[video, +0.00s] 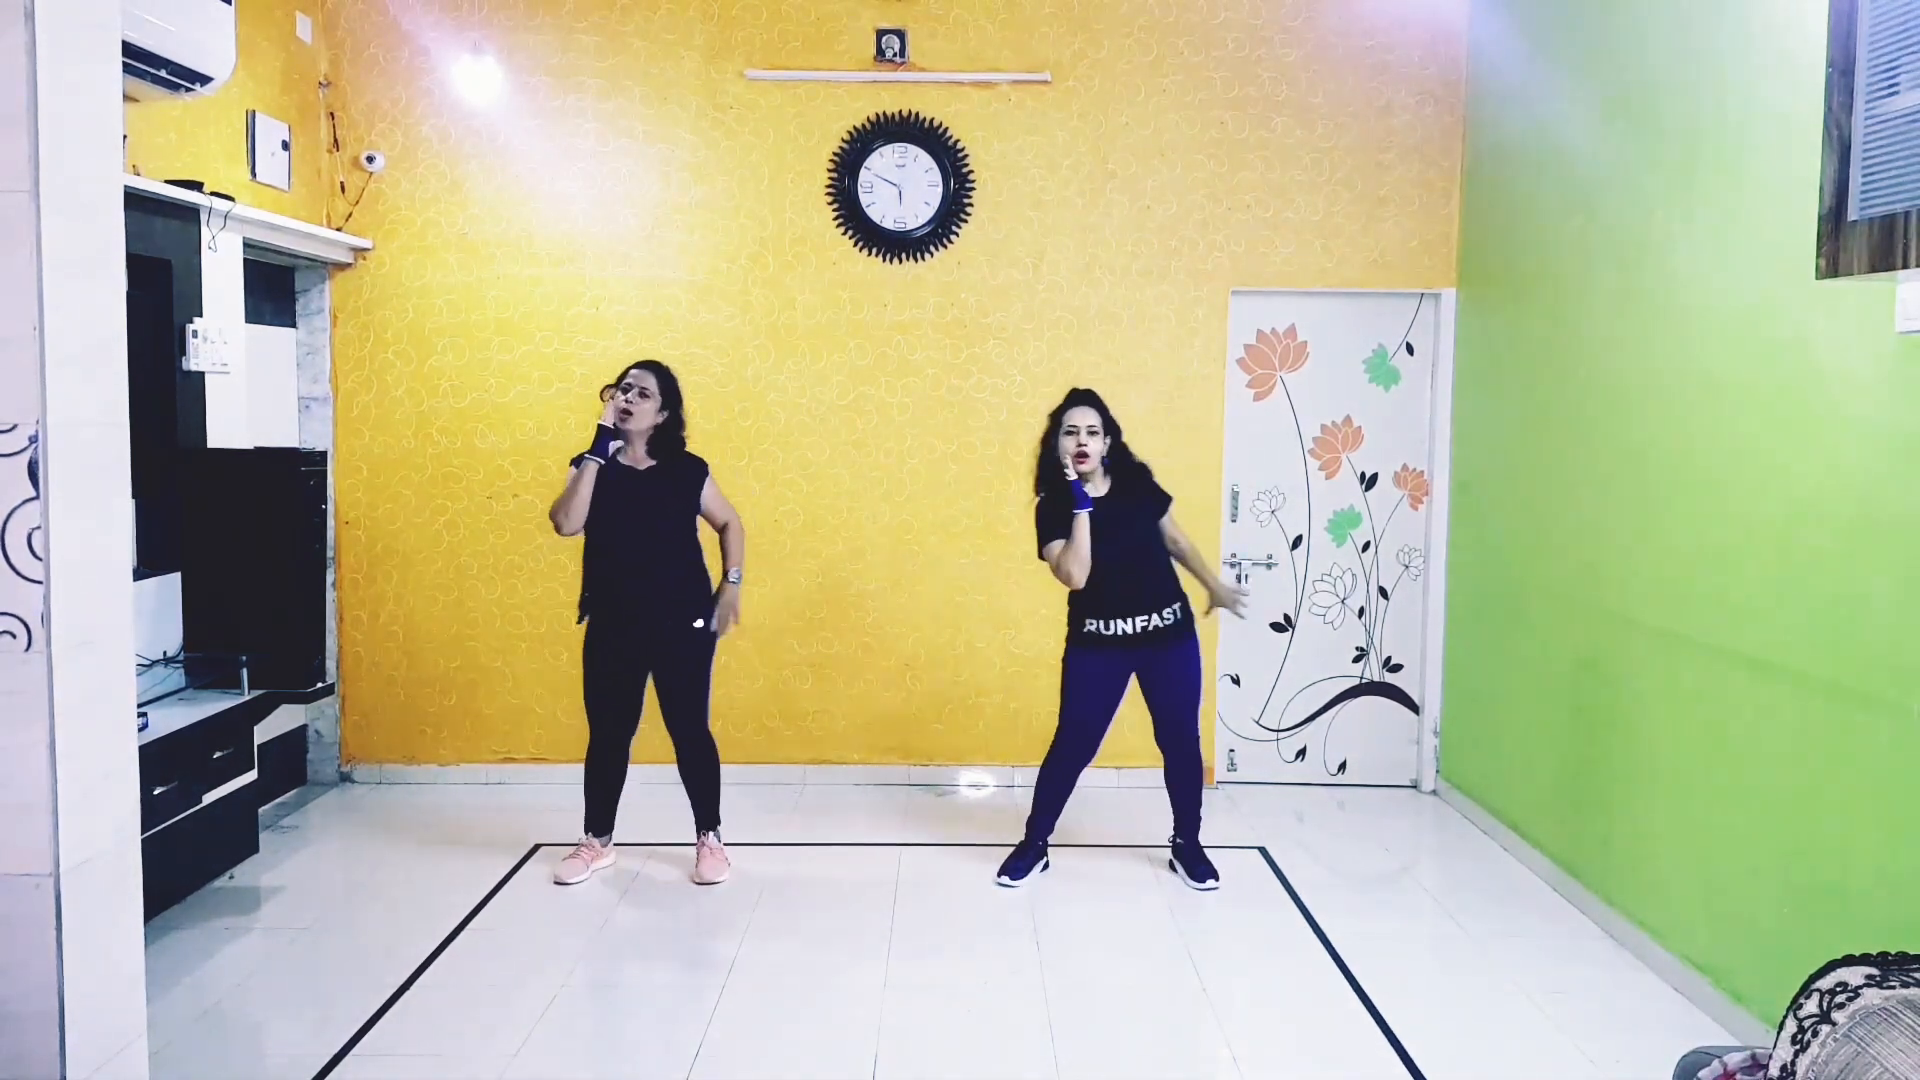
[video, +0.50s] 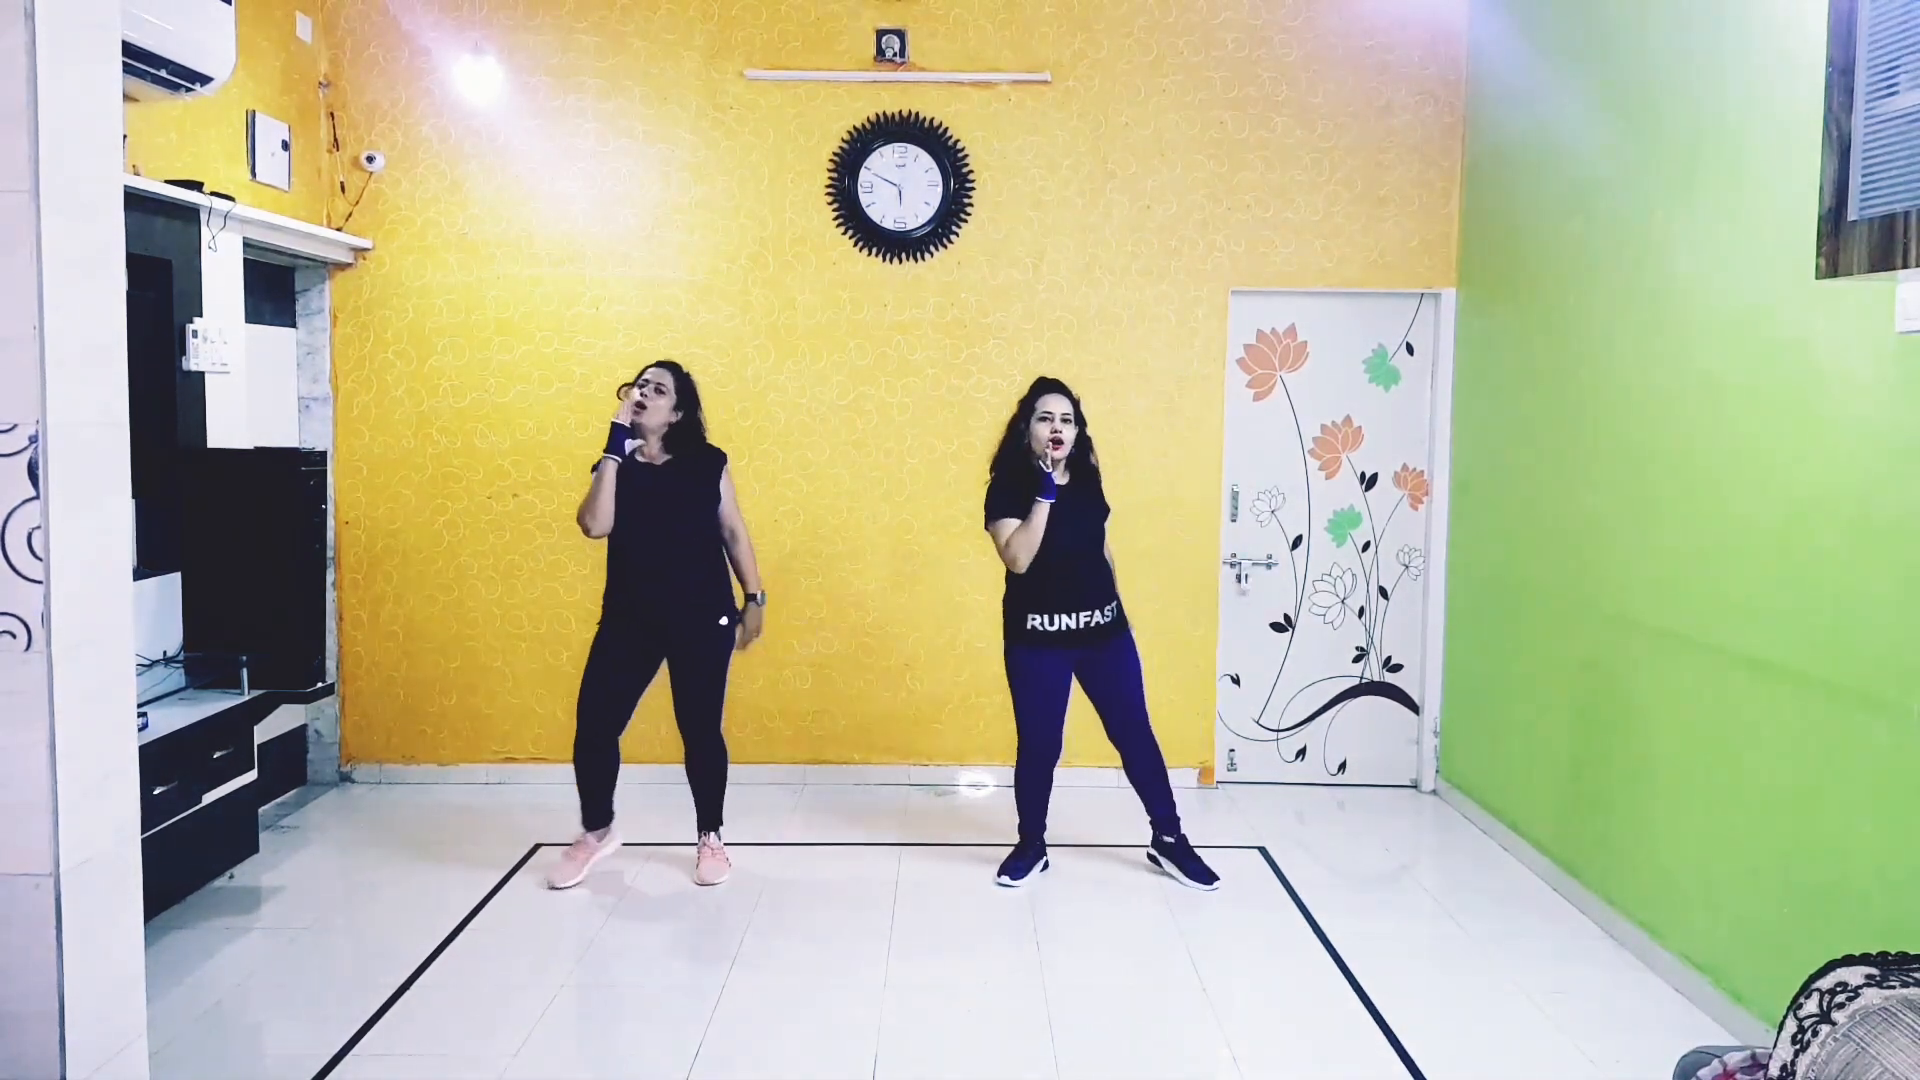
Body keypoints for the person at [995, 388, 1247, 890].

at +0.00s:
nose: (1082, 441)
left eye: (1092, 432)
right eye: (1071, 432)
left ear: (1107, 440)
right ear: (1057, 442)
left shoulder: (1136, 480)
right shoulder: (1055, 502)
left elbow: (1177, 541)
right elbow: (1074, 575)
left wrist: (1216, 586)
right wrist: (1081, 502)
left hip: (1167, 635)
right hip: (1098, 642)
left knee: (1182, 743)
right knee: (1072, 747)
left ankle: (1187, 842)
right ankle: (1034, 842)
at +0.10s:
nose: (1068, 439)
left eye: (1078, 430)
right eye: (1057, 430)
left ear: (1092, 437)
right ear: (1042, 440)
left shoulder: (1117, 480)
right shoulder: (1038, 503)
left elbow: (1150, 536)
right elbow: (1061, 573)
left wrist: (1186, 586)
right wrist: (1066, 498)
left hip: (1151, 632)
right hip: (1083, 642)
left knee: (1171, 738)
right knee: (1063, 747)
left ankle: (1186, 839)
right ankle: (1033, 844)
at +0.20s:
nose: (1058, 437)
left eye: (1068, 428)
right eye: (1046, 428)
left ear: (1081, 436)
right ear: (1028, 437)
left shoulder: (1104, 484)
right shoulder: (1023, 502)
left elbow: (1134, 539)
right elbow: (1047, 570)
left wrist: (1161, 590)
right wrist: (1055, 495)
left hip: (1135, 631)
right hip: (1068, 641)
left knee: (1161, 735)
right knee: (1055, 747)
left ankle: (1185, 837)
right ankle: (1032, 843)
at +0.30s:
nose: (1053, 435)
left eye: (1063, 426)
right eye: (1042, 425)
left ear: (1075, 434)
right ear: (1023, 435)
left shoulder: (1093, 480)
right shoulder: (1014, 496)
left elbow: (1120, 541)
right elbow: (1036, 568)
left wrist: (1144, 593)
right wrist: (1049, 494)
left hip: (1121, 629)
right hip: (1056, 638)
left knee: (1152, 735)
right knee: (1049, 749)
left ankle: (1181, 837)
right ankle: (1032, 843)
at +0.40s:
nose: (1053, 431)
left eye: (1063, 422)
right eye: (1042, 422)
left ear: (1075, 430)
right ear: (1022, 430)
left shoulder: (1087, 477)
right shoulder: (1009, 490)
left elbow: (1108, 544)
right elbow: (1026, 565)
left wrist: (1130, 601)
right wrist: (1048, 493)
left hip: (1110, 626)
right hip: (1045, 634)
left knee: (1142, 733)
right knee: (1043, 747)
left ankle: (1173, 836)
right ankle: (1031, 843)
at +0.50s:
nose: (1057, 429)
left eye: (1066, 420)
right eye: (1045, 419)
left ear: (1077, 427)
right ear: (1025, 425)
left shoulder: (1087, 475)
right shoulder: (1008, 483)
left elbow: (1101, 547)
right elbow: (1016, 559)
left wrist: (1114, 610)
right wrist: (1048, 489)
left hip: (1101, 627)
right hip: (1036, 633)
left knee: (1135, 734)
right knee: (1038, 746)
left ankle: (1169, 836)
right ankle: (1030, 843)